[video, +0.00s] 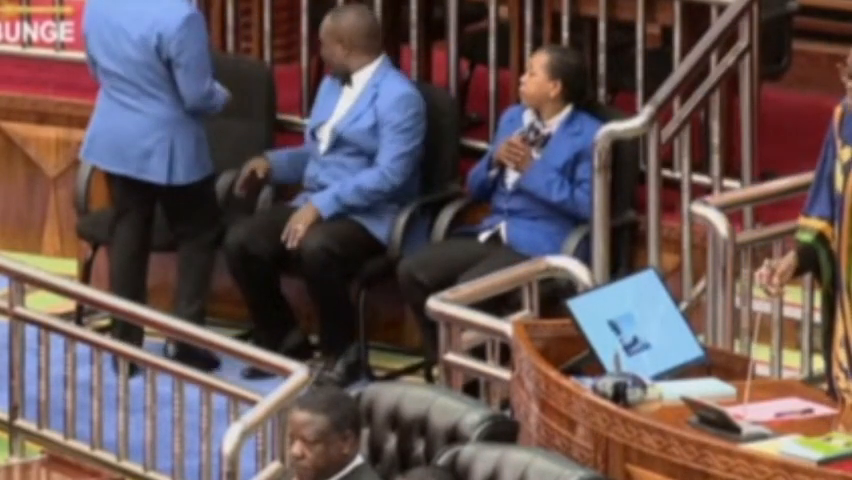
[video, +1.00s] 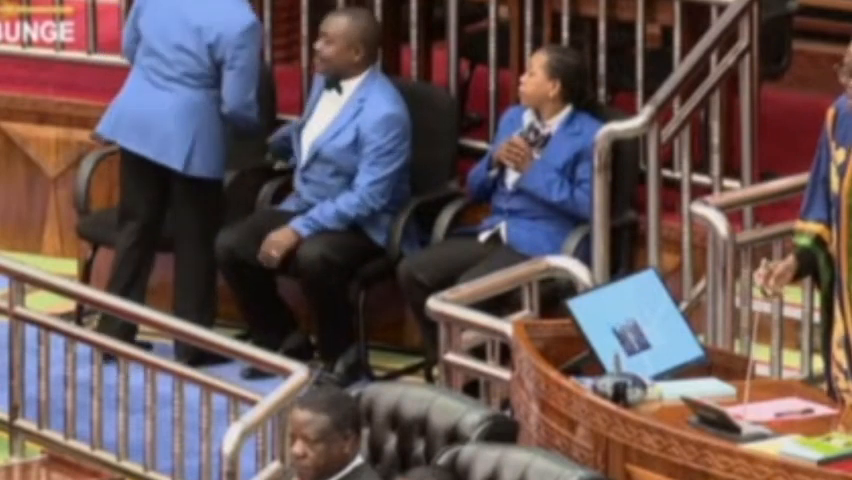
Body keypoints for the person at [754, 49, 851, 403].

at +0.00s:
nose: (846, 75)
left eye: (847, 69)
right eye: (845, 68)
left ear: (845, 74)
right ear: (842, 72)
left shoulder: (841, 119)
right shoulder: (842, 119)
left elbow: (824, 201)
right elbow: (826, 200)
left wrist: (797, 259)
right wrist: (797, 259)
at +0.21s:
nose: (845, 71)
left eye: (847, 66)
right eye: (844, 66)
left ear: (846, 73)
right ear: (841, 71)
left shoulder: (839, 117)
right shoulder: (840, 116)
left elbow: (822, 197)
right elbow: (824, 197)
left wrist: (796, 260)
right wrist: (796, 259)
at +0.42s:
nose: (844, 72)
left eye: (847, 66)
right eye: (843, 65)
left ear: (847, 72)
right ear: (839, 71)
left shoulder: (838, 116)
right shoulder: (839, 115)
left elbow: (821, 196)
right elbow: (823, 195)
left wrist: (798, 258)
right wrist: (798, 257)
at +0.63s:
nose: (844, 75)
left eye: (848, 68)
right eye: (843, 67)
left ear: (850, 73)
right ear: (838, 71)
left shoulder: (839, 117)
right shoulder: (838, 116)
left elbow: (820, 196)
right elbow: (822, 196)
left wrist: (797, 260)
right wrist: (797, 259)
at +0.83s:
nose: (843, 73)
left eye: (848, 67)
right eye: (843, 66)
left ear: (851, 72)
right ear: (839, 69)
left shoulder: (839, 117)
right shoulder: (838, 115)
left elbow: (820, 196)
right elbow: (822, 195)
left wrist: (797, 260)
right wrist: (797, 259)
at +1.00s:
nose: (843, 72)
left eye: (847, 65)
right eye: (843, 65)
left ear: (850, 70)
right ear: (839, 69)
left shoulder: (839, 117)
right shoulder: (839, 116)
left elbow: (821, 198)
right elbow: (822, 197)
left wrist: (797, 261)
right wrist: (797, 261)